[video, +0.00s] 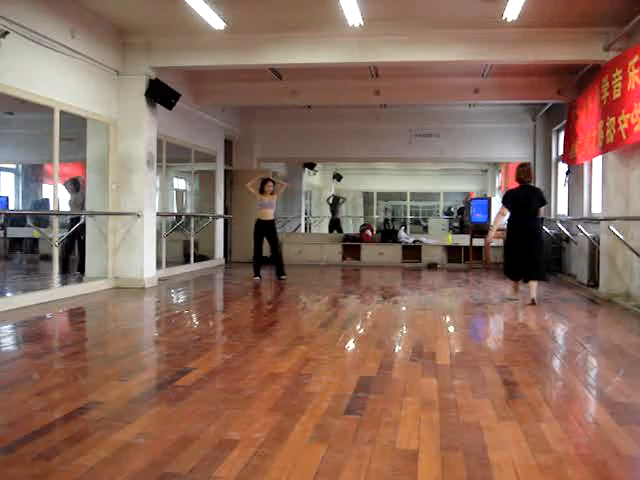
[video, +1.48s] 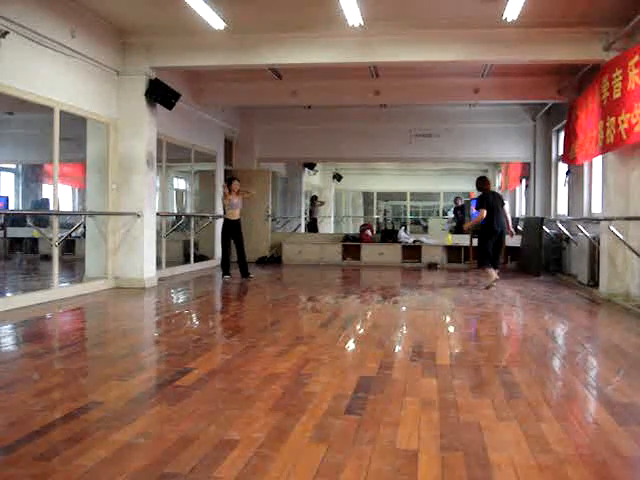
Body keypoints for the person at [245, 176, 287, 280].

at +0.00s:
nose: (270, 188)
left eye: (271, 186)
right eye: (267, 186)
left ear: (273, 187)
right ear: (263, 187)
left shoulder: (274, 196)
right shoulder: (259, 196)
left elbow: (285, 185)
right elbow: (248, 186)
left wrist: (275, 181)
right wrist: (257, 178)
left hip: (270, 222)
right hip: (260, 222)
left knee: (275, 248)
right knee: (257, 249)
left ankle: (280, 273)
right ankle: (257, 273)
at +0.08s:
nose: (269, 188)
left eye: (270, 186)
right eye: (267, 186)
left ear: (272, 187)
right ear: (262, 187)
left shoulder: (273, 196)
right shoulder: (258, 196)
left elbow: (283, 185)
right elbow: (247, 186)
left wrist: (273, 181)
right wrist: (256, 179)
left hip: (269, 222)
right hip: (259, 221)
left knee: (274, 248)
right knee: (257, 249)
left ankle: (277, 273)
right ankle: (256, 273)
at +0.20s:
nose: (266, 188)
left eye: (267, 186)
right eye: (264, 186)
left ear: (268, 187)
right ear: (259, 187)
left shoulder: (269, 196)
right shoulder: (254, 196)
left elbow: (279, 185)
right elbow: (246, 185)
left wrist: (271, 182)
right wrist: (253, 179)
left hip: (265, 222)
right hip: (255, 221)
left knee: (266, 248)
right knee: (255, 249)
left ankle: (263, 272)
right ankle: (256, 273)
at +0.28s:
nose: (264, 188)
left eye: (265, 186)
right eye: (261, 186)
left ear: (265, 188)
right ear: (257, 187)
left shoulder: (265, 197)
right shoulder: (252, 197)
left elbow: (273, 185)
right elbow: (245, 186)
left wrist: (268, 182)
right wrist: (252, 178)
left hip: (262, 221)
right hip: (254, 221)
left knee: (259, 249)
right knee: (255, 249)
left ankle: (249, 271)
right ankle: (255, 272)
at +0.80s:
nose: (254, 190)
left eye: (255, 187)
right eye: (252, 187)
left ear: (255, 189)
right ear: (247, 188)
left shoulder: (253, 196)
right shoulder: (242, 197)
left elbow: (263, 185)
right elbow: (239, 186)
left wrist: (255, 181)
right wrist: (245, 179)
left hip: (249, 221)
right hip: (242, 221)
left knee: (247, 248)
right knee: (241, 248)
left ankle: (245, 271)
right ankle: (238, 272)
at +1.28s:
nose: (241, 188)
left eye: (242, 185)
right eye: (239, 185)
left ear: (243, 187)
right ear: (234, 187)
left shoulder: (243, 196)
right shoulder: (230, 196)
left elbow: (252, 186)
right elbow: (226, 185)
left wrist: (246, 184)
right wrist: (232, 178)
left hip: (240, 220)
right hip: (230, 220)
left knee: (242, 248)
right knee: (228, 248)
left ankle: (244, 273)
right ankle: (226, 272)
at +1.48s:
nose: (236, 187)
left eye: (238, 185)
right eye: (234, 184)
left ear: (239, 186)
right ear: (230, 186)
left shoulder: (239, 196)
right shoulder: (227, 196)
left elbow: (251, 194)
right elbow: (226, 200)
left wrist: (243, 192)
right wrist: (226, 192)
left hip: (237, 221)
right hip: (228, 221)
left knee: (240, 248)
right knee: (226, 249)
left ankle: (245, 272)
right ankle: (226, 272)